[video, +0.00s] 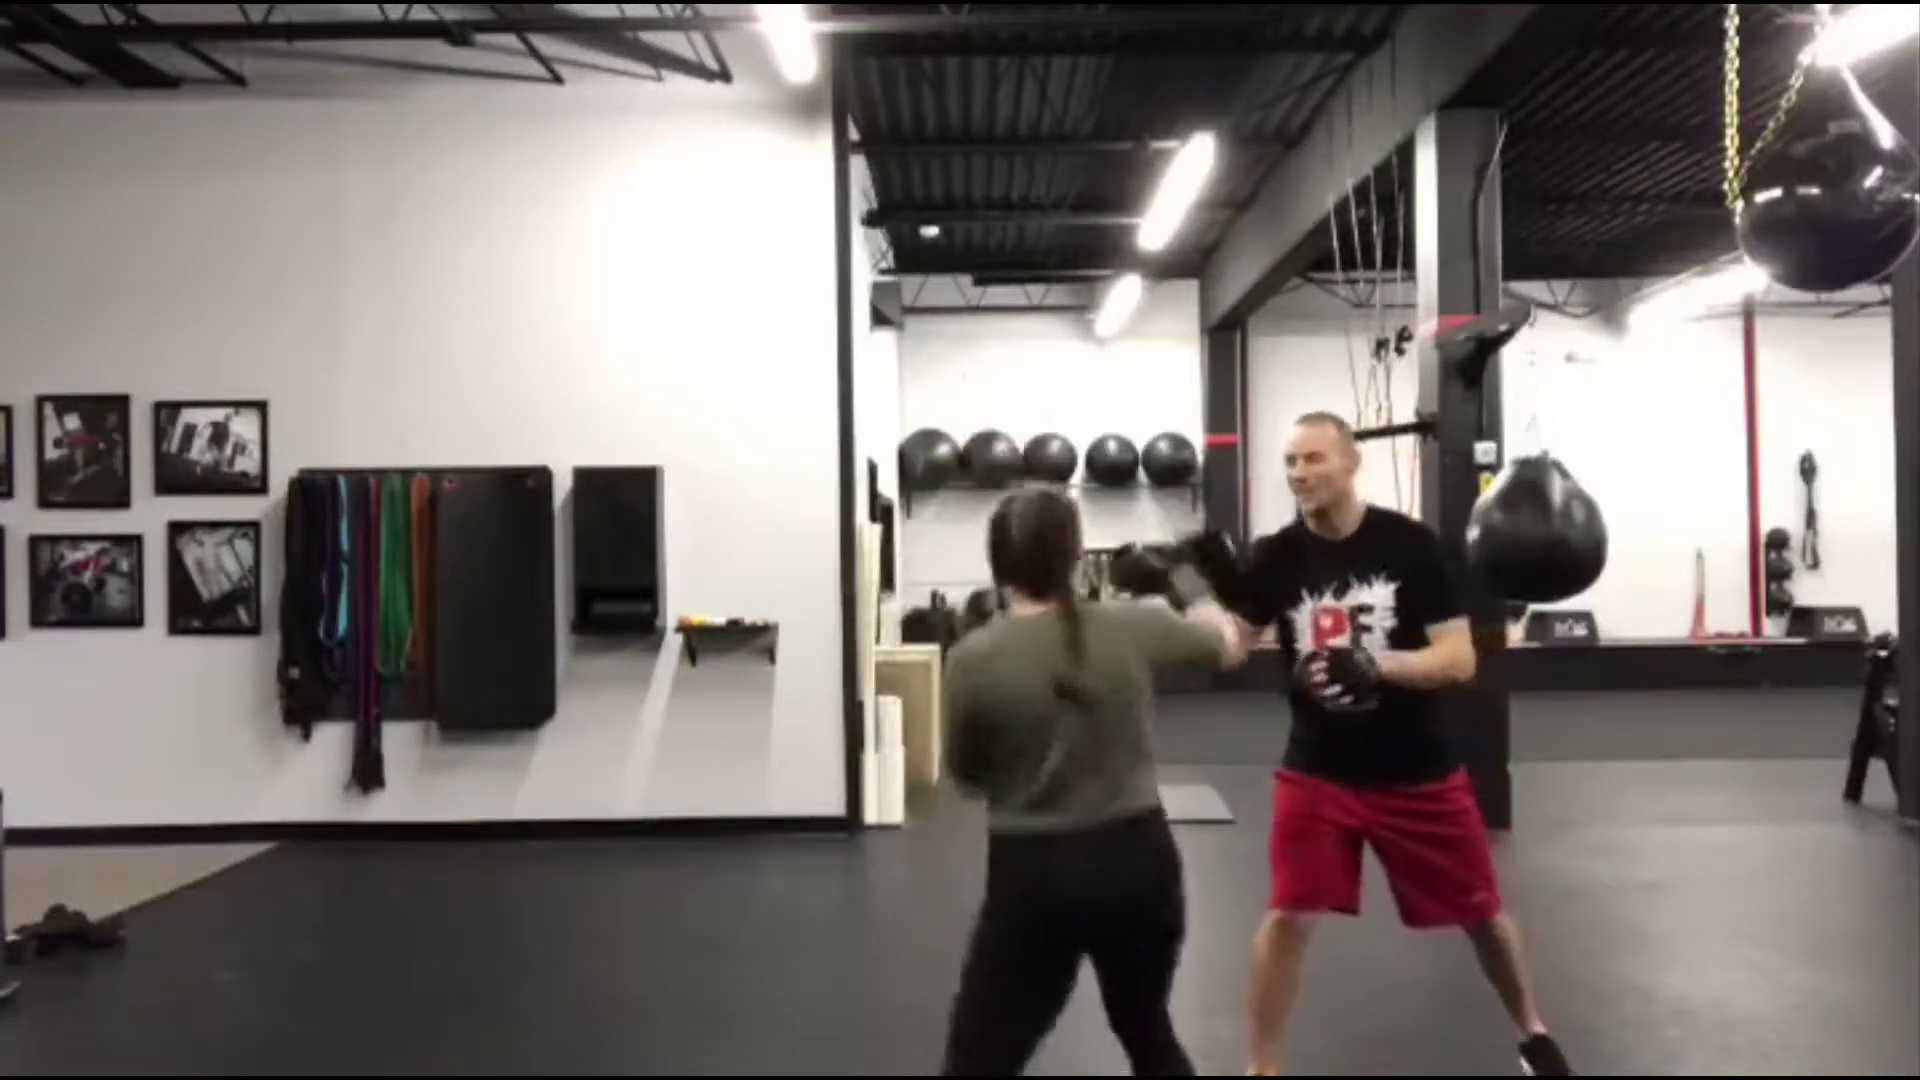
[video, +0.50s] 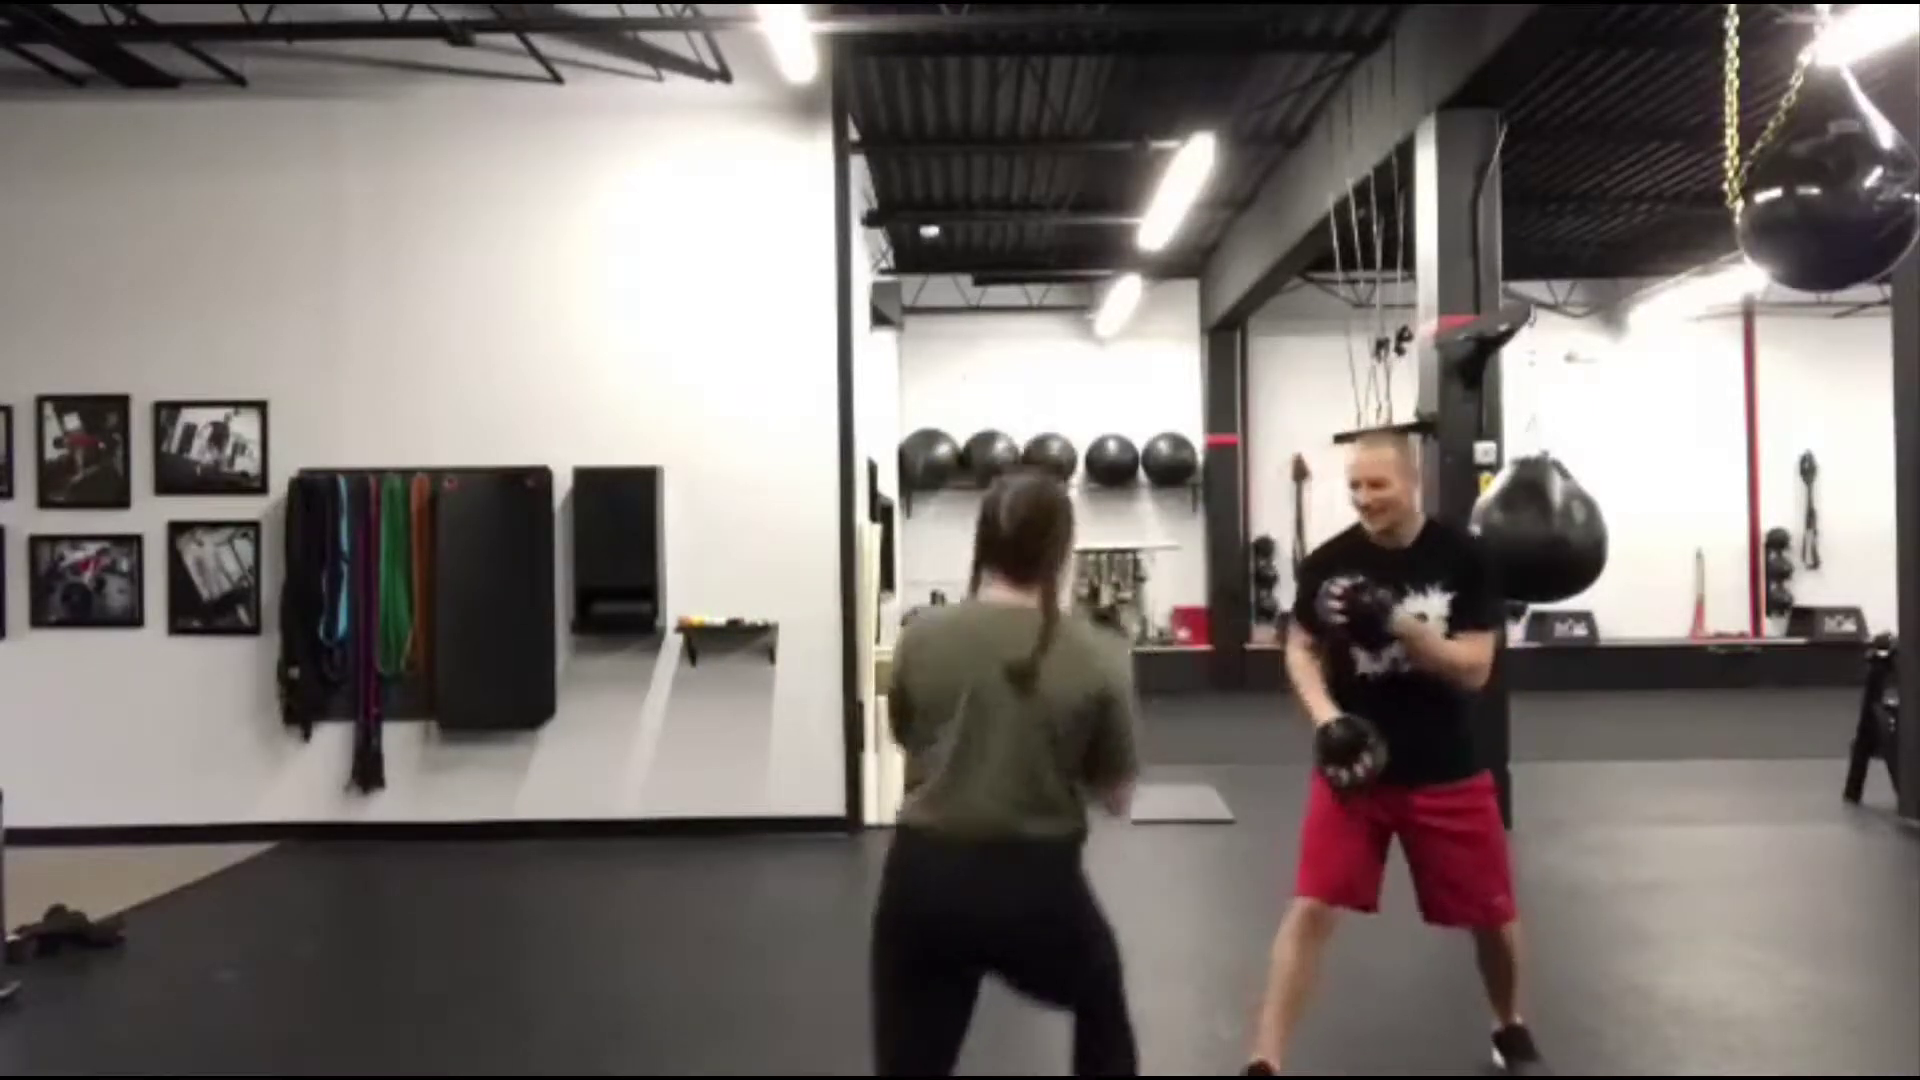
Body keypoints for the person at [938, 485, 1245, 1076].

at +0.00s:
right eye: (1072, 541)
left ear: (998, 559)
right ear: (1075, 553)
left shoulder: (974, 659)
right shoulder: (1130, 627)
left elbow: (966, 771)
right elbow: (1219, 643)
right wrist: (1196, 605)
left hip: (1032, 878)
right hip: (1137, 862)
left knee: (980, 1059)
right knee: (1147, 1027)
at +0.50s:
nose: (1068, 550)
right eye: (1065, 538)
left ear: (981, 542)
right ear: (1062, 550)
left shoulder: (924, 636)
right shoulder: (1096, 655)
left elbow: (907, 735)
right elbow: (1116, 790)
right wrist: (1049, 732)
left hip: (924, 886)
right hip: (1036, 892)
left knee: (911, 1062)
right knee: (1099, 1001)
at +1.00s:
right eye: (1135, 503)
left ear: (1056, 517)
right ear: (1134, 515)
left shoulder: (1013, 617)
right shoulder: (1178, 614)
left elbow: (1001, 725)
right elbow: (1219, 728)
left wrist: (1071, 733)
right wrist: (1147, 721)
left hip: (1053, 853)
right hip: (1161, 849)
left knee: (999, 1043)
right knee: (1182, 1025)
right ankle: (1217, 1070)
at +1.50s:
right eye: (1103, 519)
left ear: (1021, 525)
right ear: (1099, 528)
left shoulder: (972, 619)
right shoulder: (1139, 624)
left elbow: (947, 708)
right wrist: (1235, 630)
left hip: (999, 862)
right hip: (1109, 862)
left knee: (978, 1057)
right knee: (1155, 1034)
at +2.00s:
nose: (1233, 522)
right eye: (1227, 512)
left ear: (1138, 517)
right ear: (1217, 526)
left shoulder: (1092, 587)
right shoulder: (1244, 621)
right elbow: (1283, 740)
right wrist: (1222, 702)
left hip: (1100, 815)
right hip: (1203, 825)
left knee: (1046, 1043)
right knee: (1216, 1038)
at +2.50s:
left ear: (1045, 590)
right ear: (1124, 576)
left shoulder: (1041, 695)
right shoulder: (1178, 673)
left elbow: (995, 823)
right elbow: (1213, 779)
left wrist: (998, 738)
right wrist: (1138, 741)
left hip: (1061, 918)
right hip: (1164, 910)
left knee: (980, 1062)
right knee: (1146, 1035)